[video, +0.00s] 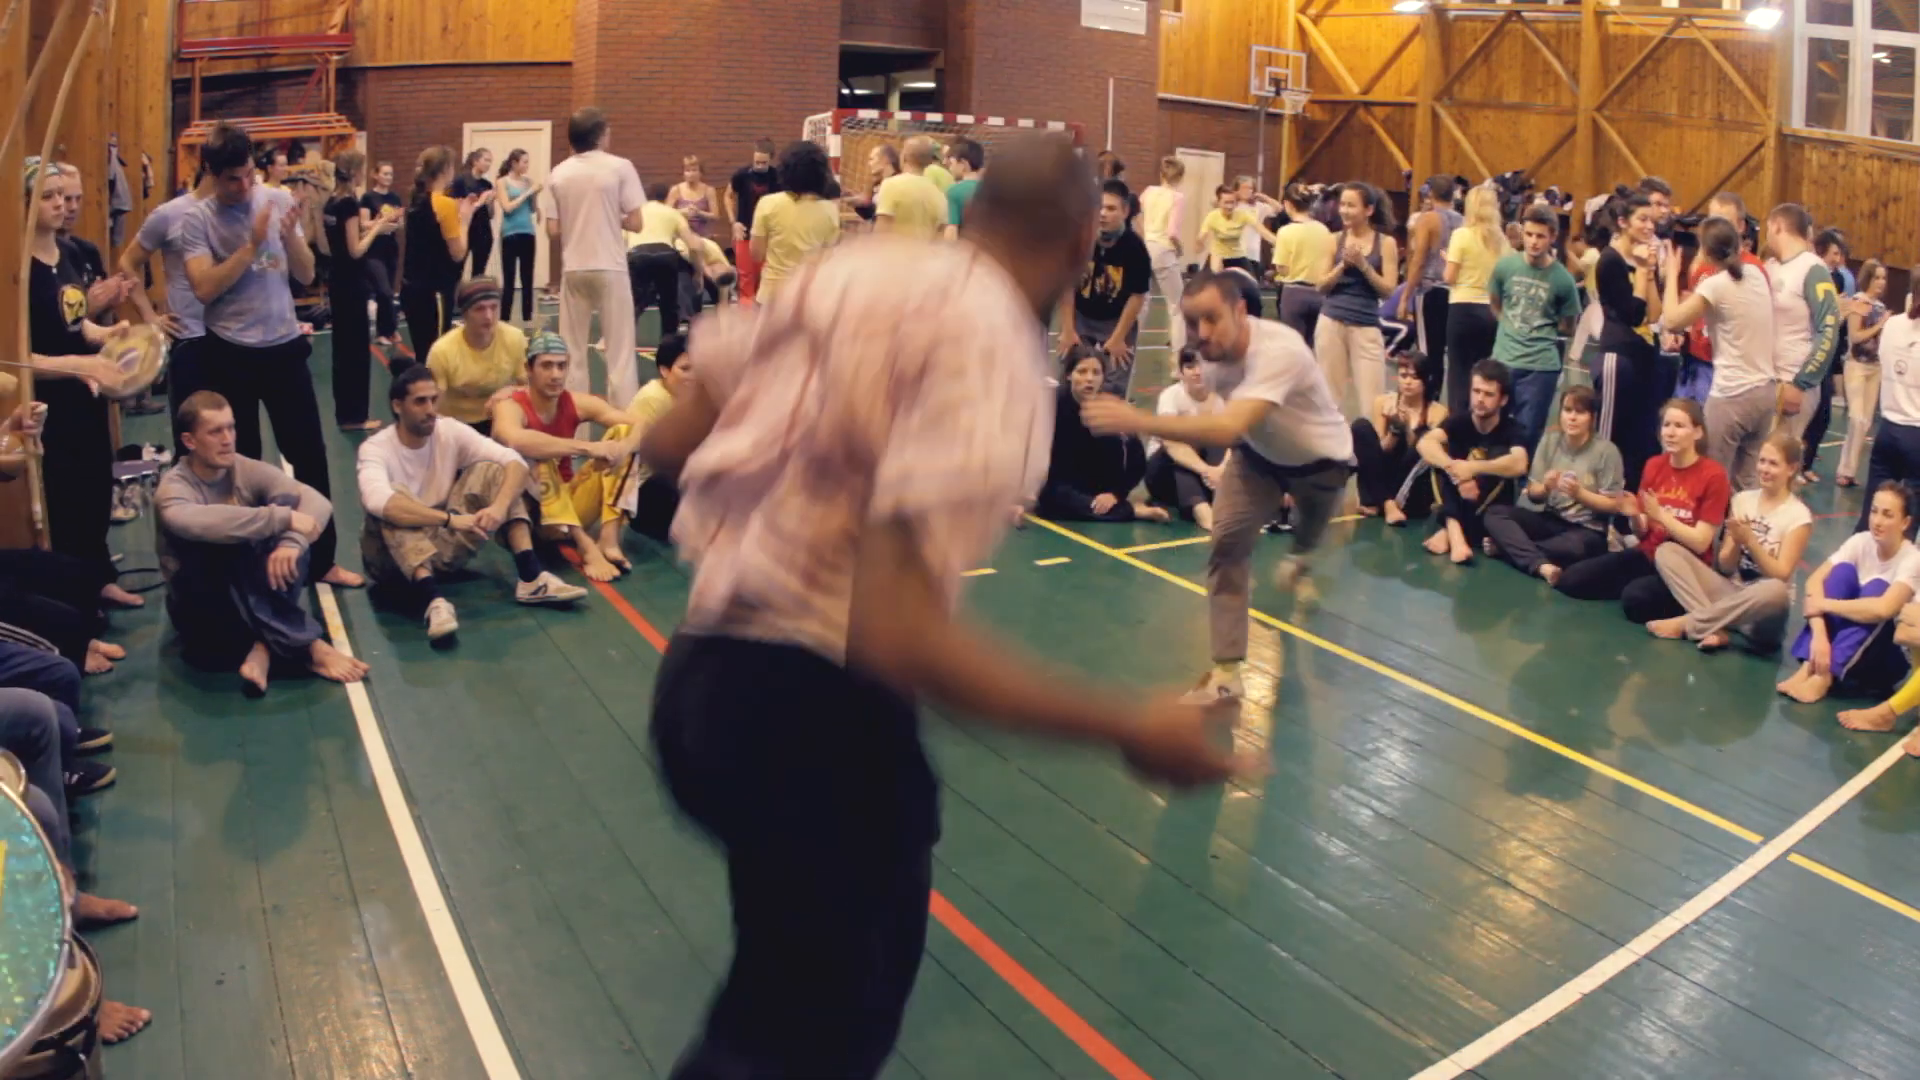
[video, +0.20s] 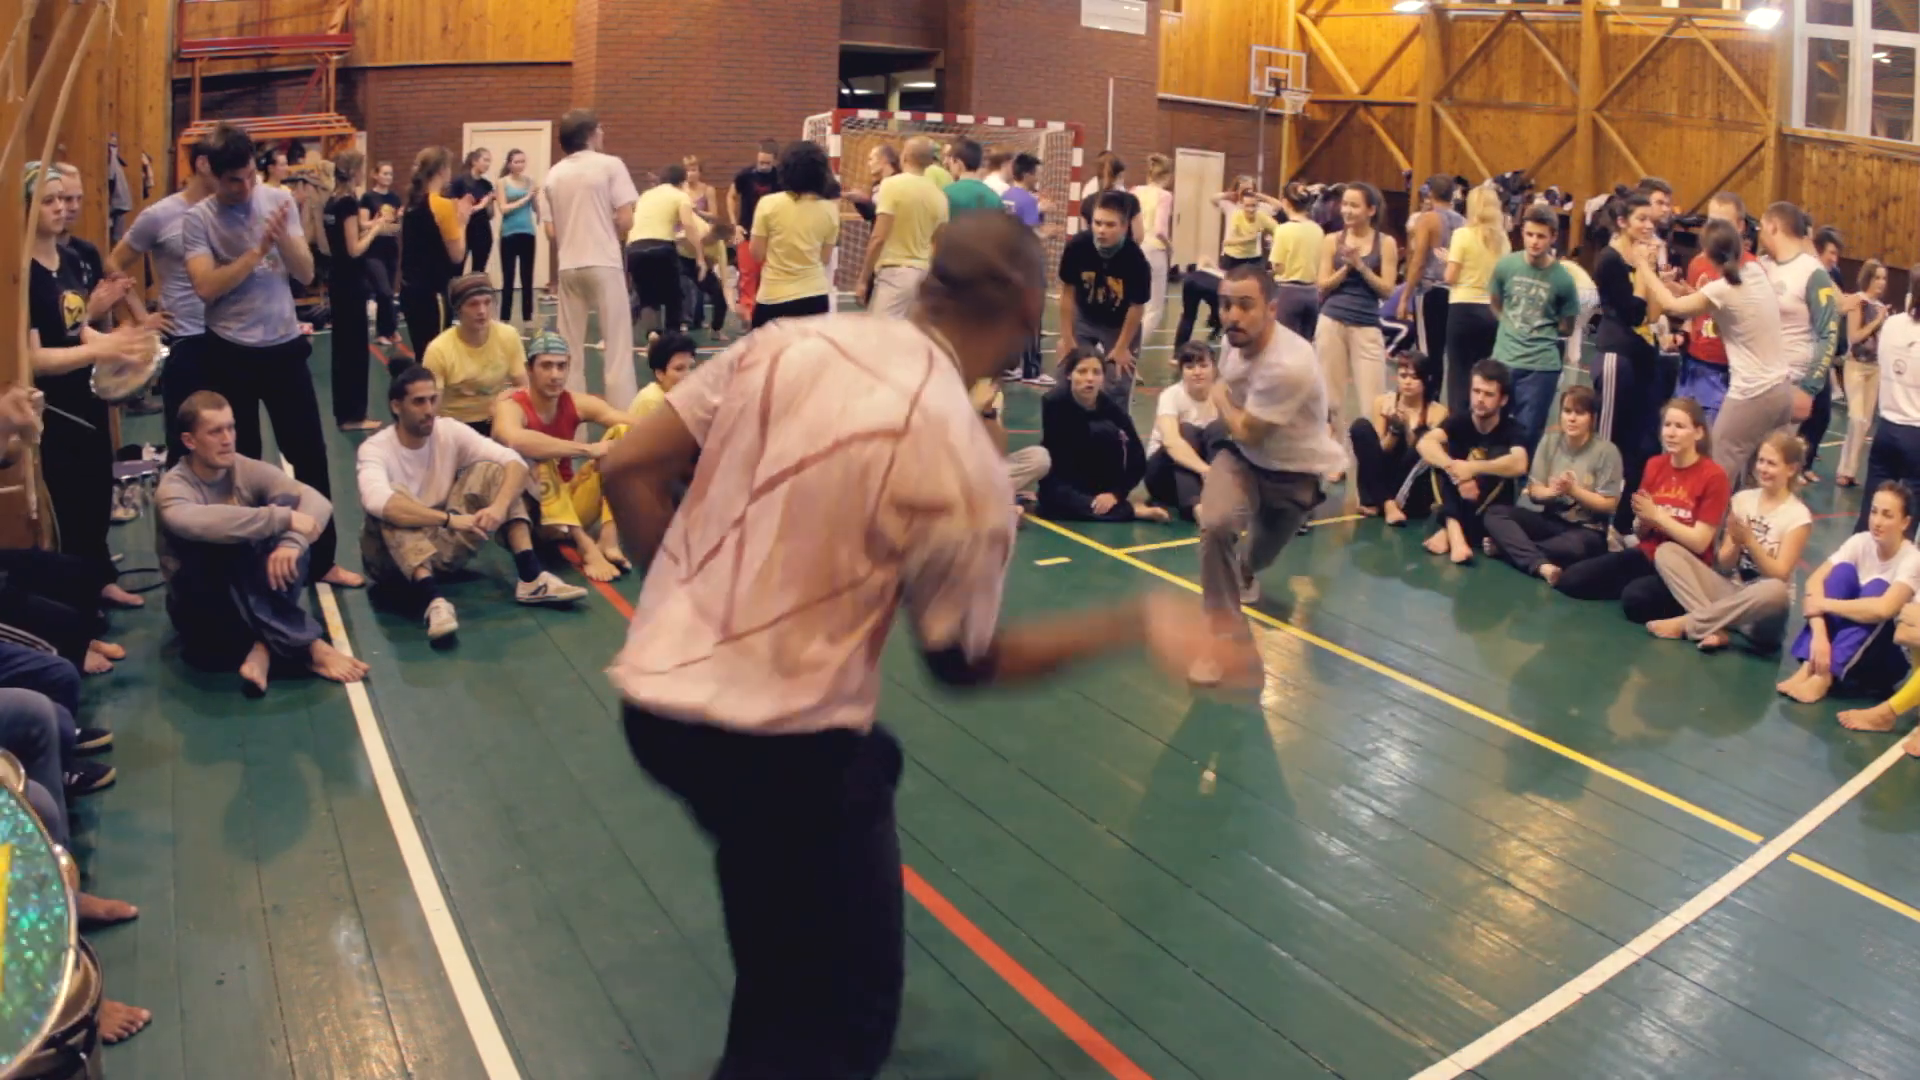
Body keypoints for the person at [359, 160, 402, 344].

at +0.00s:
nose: (389, 177)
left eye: (390, 174)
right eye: (385, 174)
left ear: (393, 177)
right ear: (375, 175)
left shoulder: (395, 198)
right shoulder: (367, 198)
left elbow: (401, 222)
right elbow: (363, 223)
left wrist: (392, 219)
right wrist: (384, 220)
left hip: (391, 245)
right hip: (373, 245)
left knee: (387, 291)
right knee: (384, 290)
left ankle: (383, 331)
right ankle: (390, 329)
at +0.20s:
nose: (389, 177)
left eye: (390, 174)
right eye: (385, 173)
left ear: (392, 177)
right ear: (375, 175)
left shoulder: (395, 198)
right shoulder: (367, 198)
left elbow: (399, 222)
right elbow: (363, 223)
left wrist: (394, 218)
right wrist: (381, 220)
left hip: (391, 246)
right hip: (373, 245)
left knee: (387, 291)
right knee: (384, 290)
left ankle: (384, 331)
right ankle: (390, 329)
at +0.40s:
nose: (388, 177)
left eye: (390, 174)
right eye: (385, 173)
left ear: (392, 177)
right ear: (375, 175)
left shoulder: (395, 199)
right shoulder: (366, 198)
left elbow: (400, 226)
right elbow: (363, 223)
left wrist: (377, 224)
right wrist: (385, 220)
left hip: (391, 246)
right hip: (372, 246)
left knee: (386, 292)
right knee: (384, 291)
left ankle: (384, 331)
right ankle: (389, 329)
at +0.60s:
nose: (388, 177)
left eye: (389, 174)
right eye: (384, 174)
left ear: (391, 177)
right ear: (374, 175)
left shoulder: (394, 198)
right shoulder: (366, 198)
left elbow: (399, 224)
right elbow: (363, 224)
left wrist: (394, 216)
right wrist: (382, 220)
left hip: (391, 247)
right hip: (372, 248)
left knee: (386, 292)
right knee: (384, 291)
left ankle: (383, 331)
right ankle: (390, 329)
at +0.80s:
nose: (387, 177)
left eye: (389, 174)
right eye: (384, 173)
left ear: (391, 177)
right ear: (374, 175)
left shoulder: (394, 199)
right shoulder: (365, 199)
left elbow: (399, 224)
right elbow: (361, 224)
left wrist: (398, 217)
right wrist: (381, 218)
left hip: (391, 246)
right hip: (372, 246)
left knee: (386, 292)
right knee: (383, 291)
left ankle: (385, 332)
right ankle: (389, 330)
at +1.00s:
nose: (387, 177)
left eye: (389, 174)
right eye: (384, 173)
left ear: (391, 177)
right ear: (374, 175)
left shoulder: (394, 198)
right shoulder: (365, 198)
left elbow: (400, 222)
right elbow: (362, 224)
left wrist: (392, 218)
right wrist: (383, 220)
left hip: (390, 247)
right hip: (372, 247)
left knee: (386, 291)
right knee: (383, 290)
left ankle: (384, 332)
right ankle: (390, 329)